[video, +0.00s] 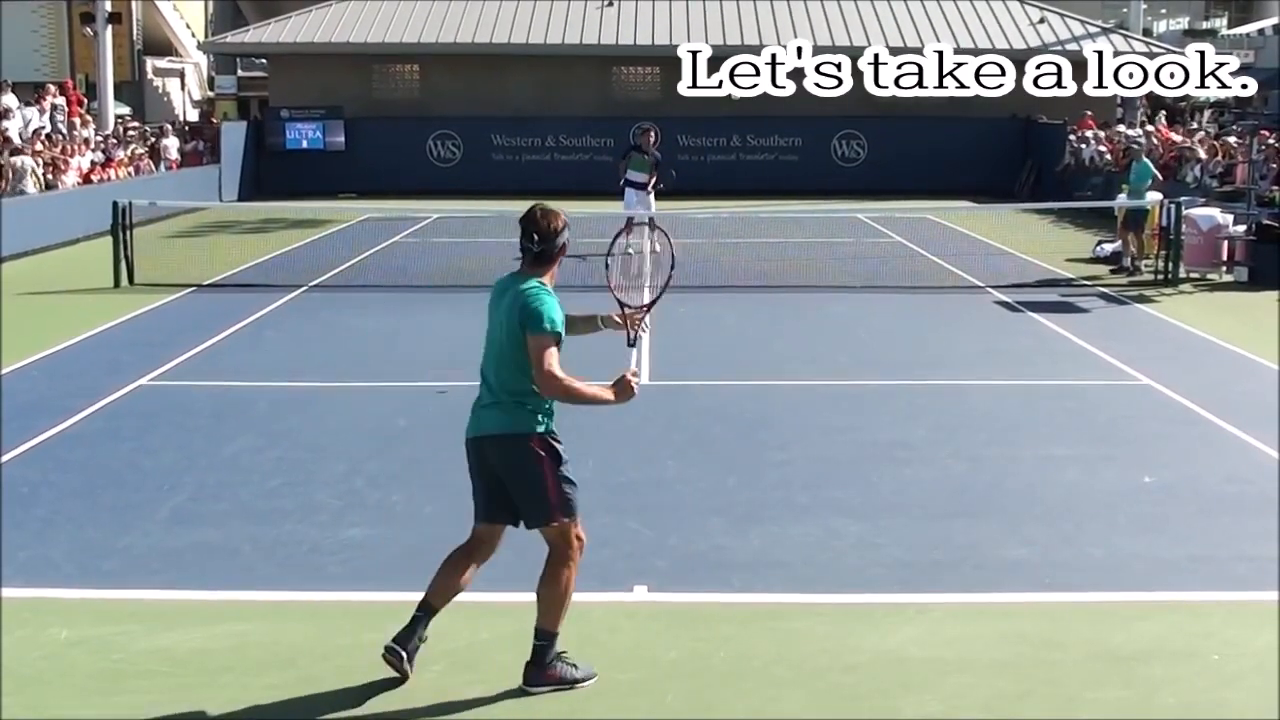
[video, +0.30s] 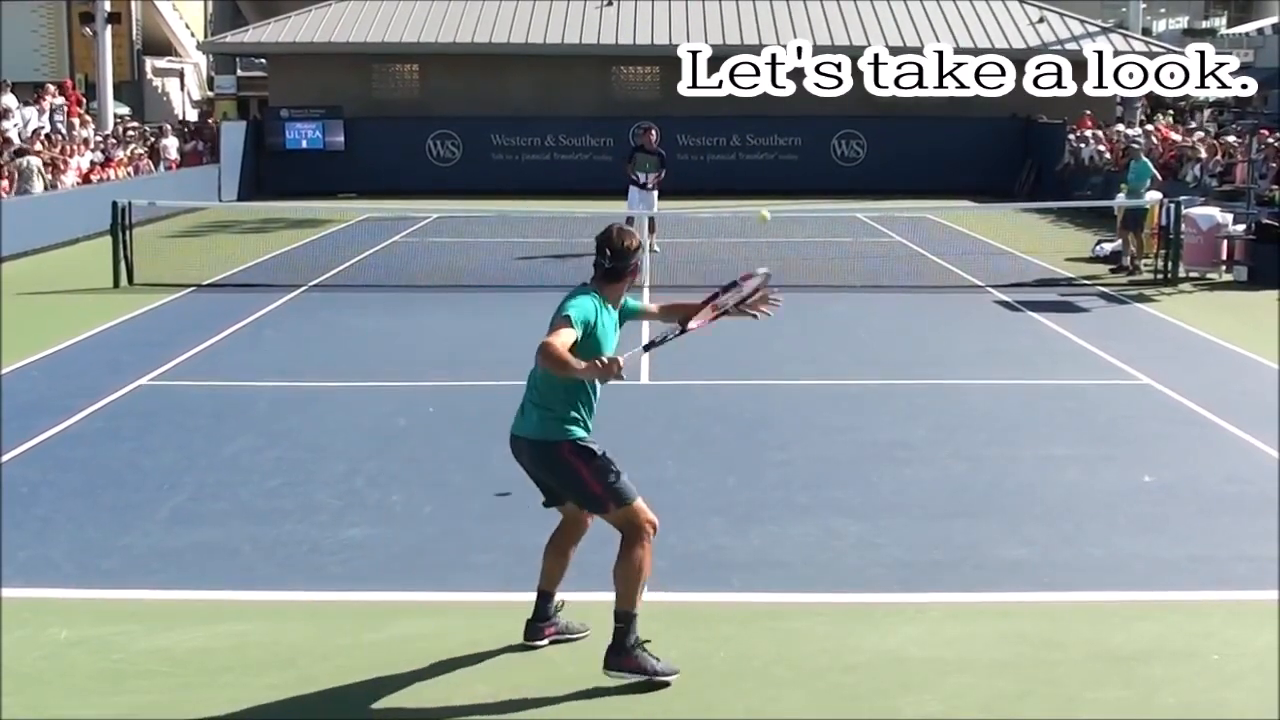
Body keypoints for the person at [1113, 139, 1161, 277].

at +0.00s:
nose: (1132, 153)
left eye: (1134, 150)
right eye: (1131, 150)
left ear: (1141, 150)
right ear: (1132, 151)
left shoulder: (1146, 163)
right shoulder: (1134, 164)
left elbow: (1158, 179)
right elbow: (1136, 182)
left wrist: (1146, 188)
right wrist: (1128, 188)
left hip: (1141, 204)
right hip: (1131, 203)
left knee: (1138, 234)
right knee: (1123, 232)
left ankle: (1139, 265)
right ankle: (1126, 263)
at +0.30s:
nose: (1130, 152)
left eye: (1133, 150)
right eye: (1130, 150)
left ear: (1139, 150)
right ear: (1131, 151)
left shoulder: (1145, 163)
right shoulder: (1132, 163)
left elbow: (1158, 179)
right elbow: (1132, 180)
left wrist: (1147, 191)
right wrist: (1127, 188)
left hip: (1140, 202)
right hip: (1129, 201)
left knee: (1138, 233)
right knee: (1123, 232)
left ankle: (1138, 264)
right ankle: (1125, 263)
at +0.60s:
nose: (1128, 152)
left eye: (1131, 149)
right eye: (1128, 149)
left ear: (1138, 150)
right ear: (1130, 150)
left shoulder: (1144, 162)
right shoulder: (1131, 162)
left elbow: (1157, 178)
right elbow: (1130, 179)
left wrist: (1147, 190)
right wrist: (1126, 188)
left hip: (1140, 201)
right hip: (1128, 200)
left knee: (1137, 233)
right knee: (1123, 231)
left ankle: (1138, 263)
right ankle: (1125, 262)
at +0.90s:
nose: (1128, 150)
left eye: (1130, 148)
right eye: (1128, 148)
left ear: (1137, 149)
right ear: (1129, 149)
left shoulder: (1144, 161)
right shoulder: (1130, 161)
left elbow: (1156, 177)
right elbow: (1130, 177)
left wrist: (1146, 189)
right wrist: (1126, 186)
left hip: (1139, 200)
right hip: (1128, 199)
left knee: (1136, 231)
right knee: (1123, 230)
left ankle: (1137, 262)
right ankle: (1124, 260)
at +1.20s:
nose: (1126, 150)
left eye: (1129, 147)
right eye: (1126, 147)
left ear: (1135, 148)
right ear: (1128, 148)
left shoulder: (1143, 161)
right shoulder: (1130, 161)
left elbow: (1155, 177)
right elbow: (1131, 179)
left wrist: (1145, 188)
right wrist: (1124, 186)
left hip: (1138, 201)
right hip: (1127, 199)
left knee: (1135, 231)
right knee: (1121, 230)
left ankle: (1135, 261)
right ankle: (1123, 260)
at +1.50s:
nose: (1126, 151)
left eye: (1128, 148)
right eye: (1126, 148)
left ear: (1136, 148)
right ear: (1128, 149)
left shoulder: (1142, 162)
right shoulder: (1131, 162)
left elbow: (1153, 178)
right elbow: (1132, 180)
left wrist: (1142, 190)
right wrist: (1124, 187)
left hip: (1138, 202)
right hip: (1128, 200)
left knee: (1134, 231)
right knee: (1121, 230)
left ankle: (1135, 262)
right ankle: (1122, 261)